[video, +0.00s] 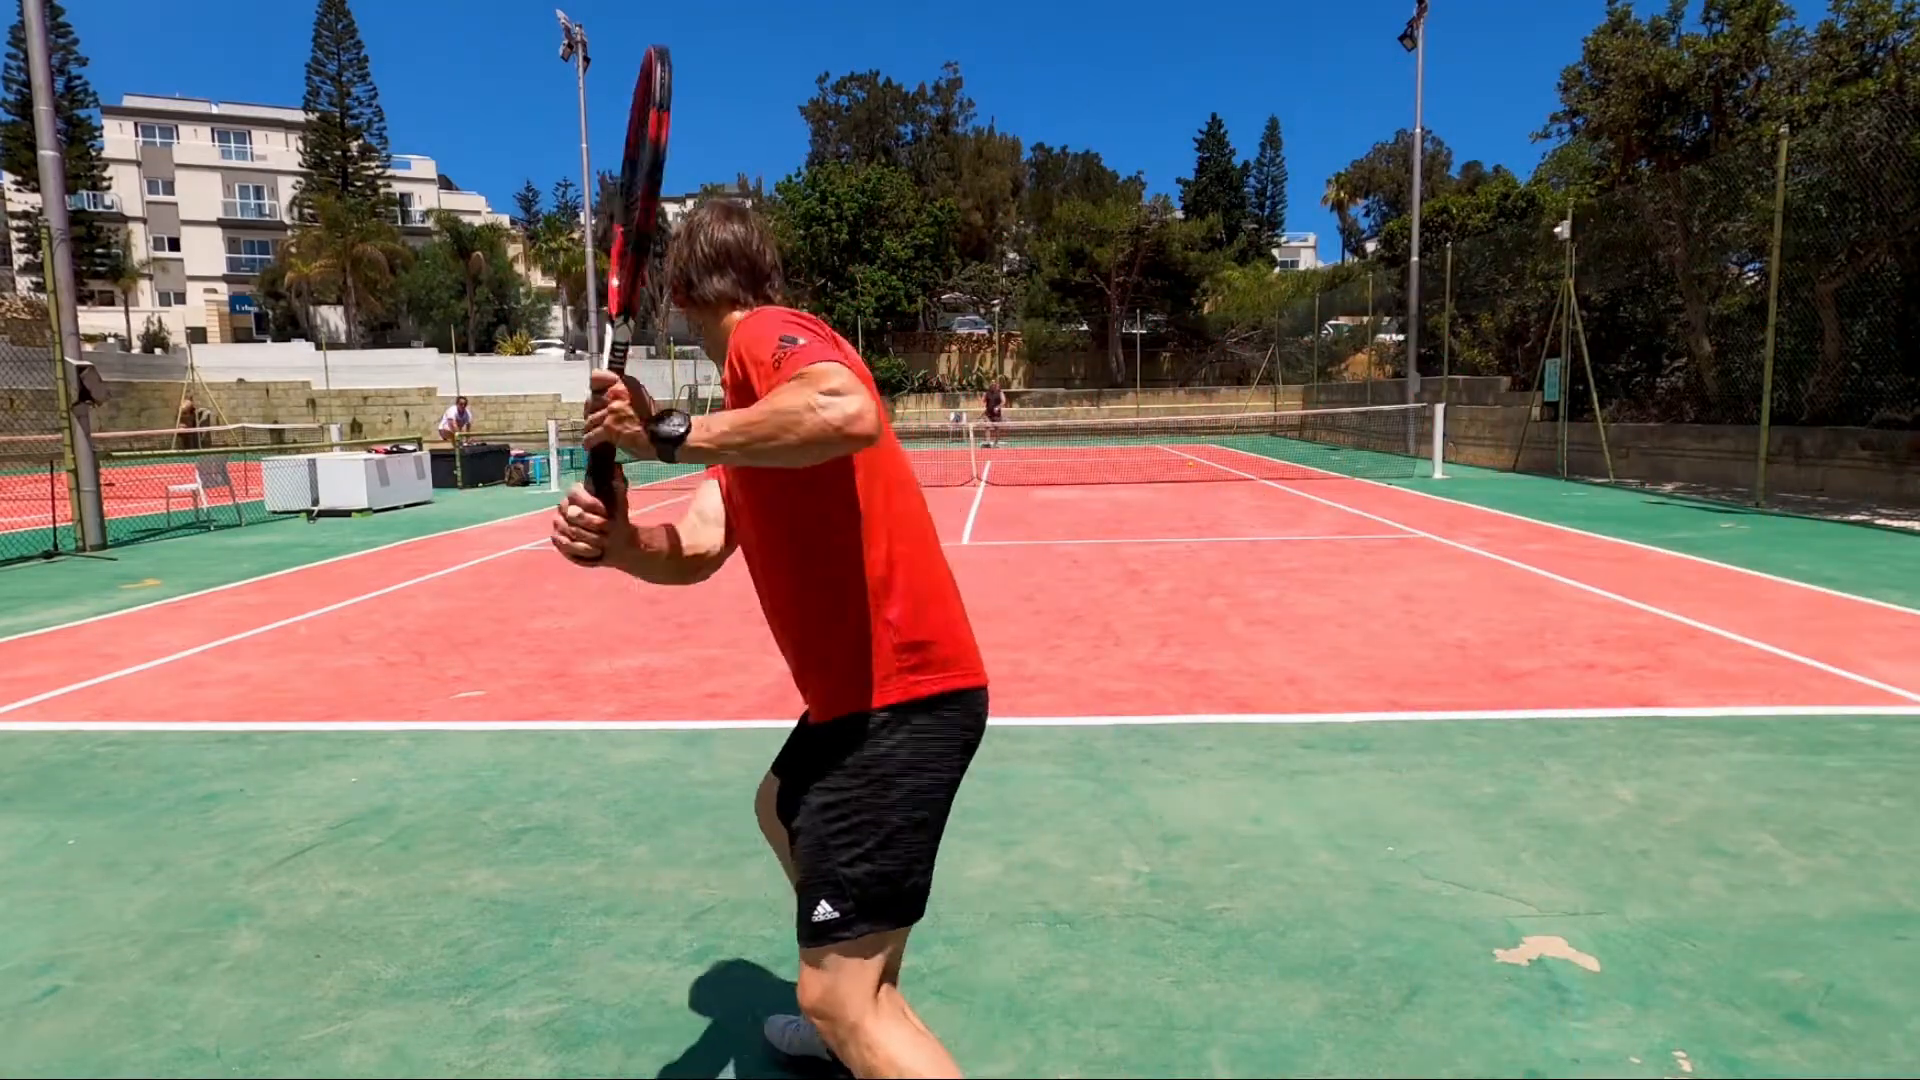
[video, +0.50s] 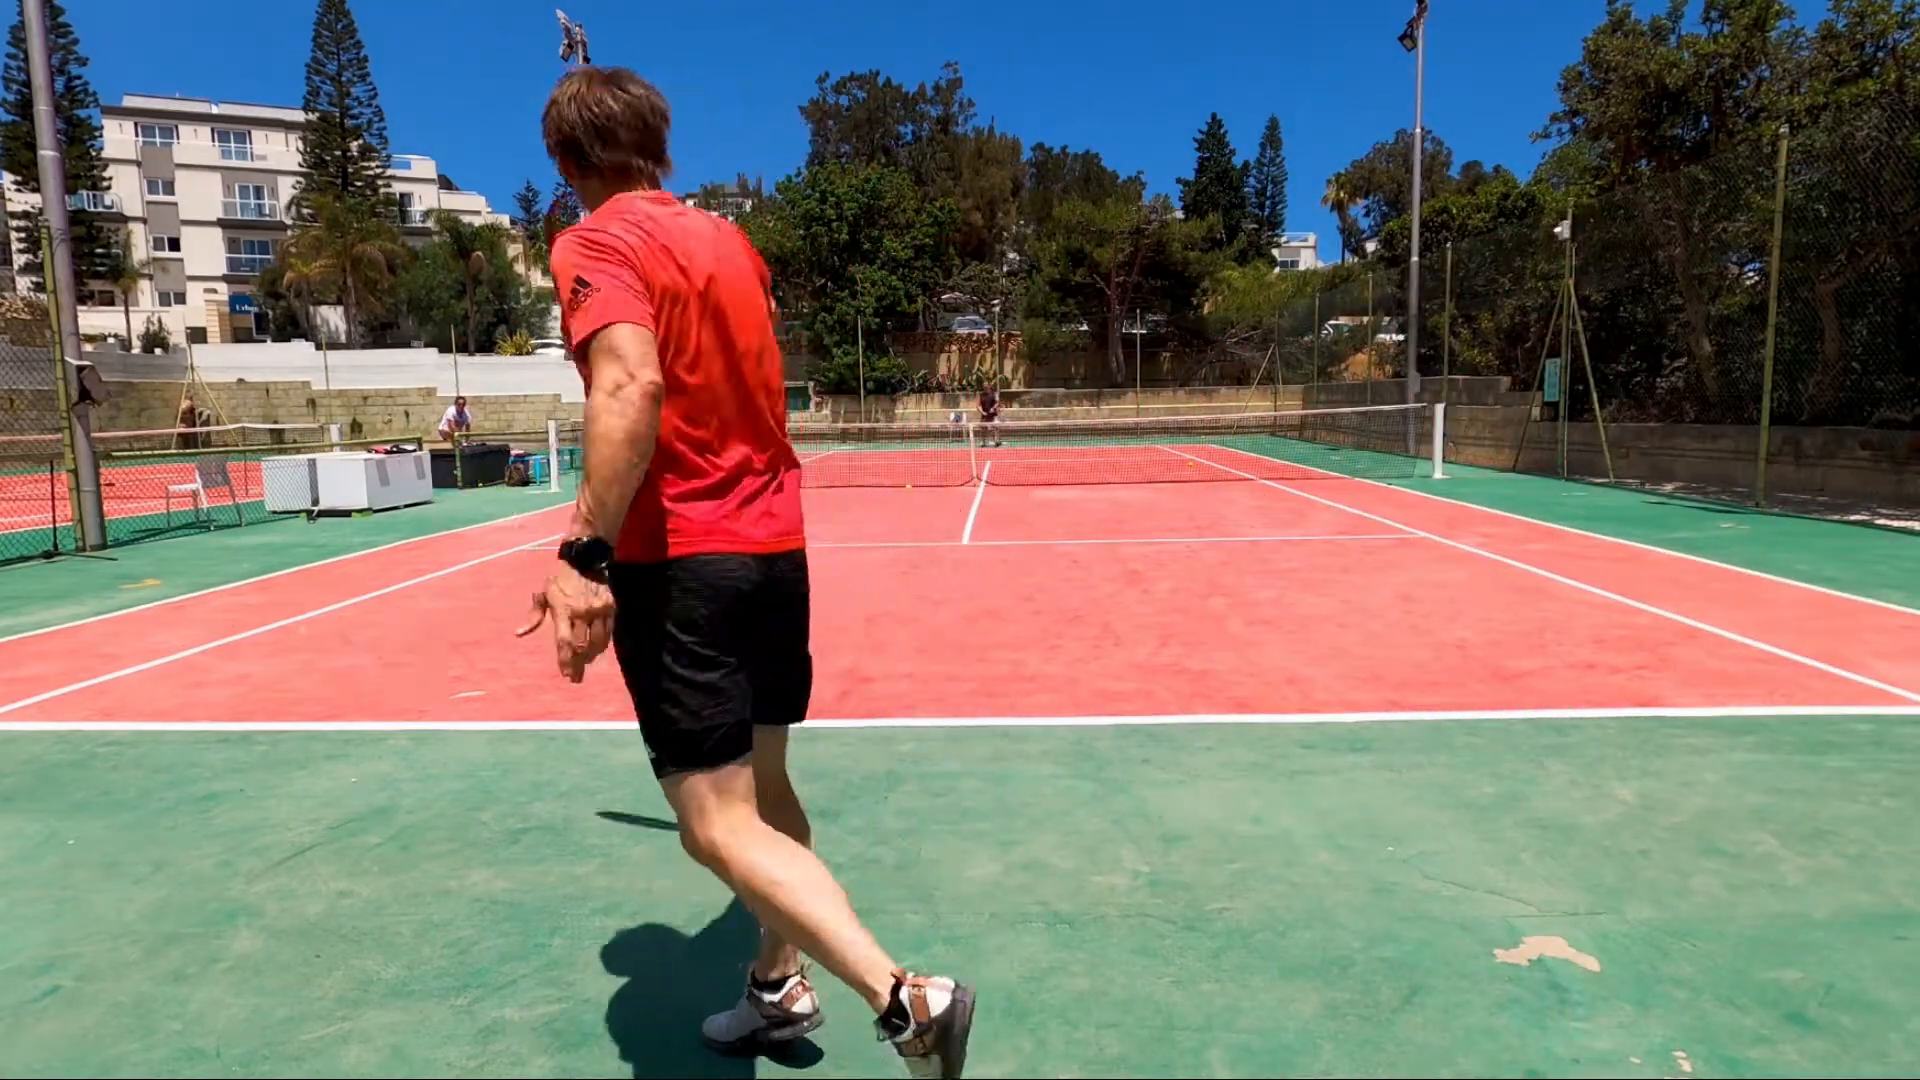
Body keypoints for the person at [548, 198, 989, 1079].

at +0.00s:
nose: (673, 307)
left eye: (671, 287)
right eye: (674, 290)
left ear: (685, 285)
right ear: (759, 269)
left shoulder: (766, 331)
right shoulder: (751, 388)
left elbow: (847, 408)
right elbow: (698, 541)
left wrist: (667, 434)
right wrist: (621, 544)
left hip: (910, 687)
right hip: (860, 686)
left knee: (843, 996)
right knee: (785, 809)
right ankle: (858, 1022)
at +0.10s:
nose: (630, 311)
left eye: (636, 290)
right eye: (630, 297)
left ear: (670, 290)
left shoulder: (757, 317)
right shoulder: (692, 405)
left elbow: (876, 360)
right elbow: (634, 506)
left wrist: (697, 339)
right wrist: (582, 443)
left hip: (877, 673)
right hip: (821, 678)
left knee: (823, 987)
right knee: (760, 797)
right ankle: (800, 1016)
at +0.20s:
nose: (627, 312)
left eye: (625, 296)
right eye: (630, 299)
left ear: (635, 296)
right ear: (711, 278)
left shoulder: (757, 344)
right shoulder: (671, 388)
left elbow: (893, 410)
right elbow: (596, 486)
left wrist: (755, 414)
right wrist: (572, 438)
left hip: (836, 672)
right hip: (785, 675)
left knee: (797, 977)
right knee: (722, 794)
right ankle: (792, 1011)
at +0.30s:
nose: (603, 281)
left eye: (603, 262)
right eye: (603, 263)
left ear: (622, 258)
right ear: (685, 246)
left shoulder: (711, 320)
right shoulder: (657, 358)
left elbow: (822, 441)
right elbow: (610, 467)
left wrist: (720, 550)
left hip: (792, 639)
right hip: (740, 638)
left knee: (794, 926)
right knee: (720, 805)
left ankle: (893, 1068)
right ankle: (789, 1014)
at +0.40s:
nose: (587, 214)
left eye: (585, 198)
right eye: (588, 199)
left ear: (601, 194)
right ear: (680, 183)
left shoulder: (637, 269)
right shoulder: (734, 262)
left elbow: (702, 417)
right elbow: (693, 417)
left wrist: (682, 590)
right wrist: (615, 499)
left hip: (737, 589)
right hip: (801, 581)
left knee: (762, 856)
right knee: (769, 817)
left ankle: (923, 1065)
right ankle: (785, 1006)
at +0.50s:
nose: (561, 179)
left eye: (558, 165)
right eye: (564, 165)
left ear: (570, 162)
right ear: (658, 148)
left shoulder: (596, 242)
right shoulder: (729, 239)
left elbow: (630, 384)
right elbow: (750, 396)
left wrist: (585, 551)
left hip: (683, 567)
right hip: (776, 558)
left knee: (717, 825)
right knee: (766, 781)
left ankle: (902, 997)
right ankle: (778, 992)